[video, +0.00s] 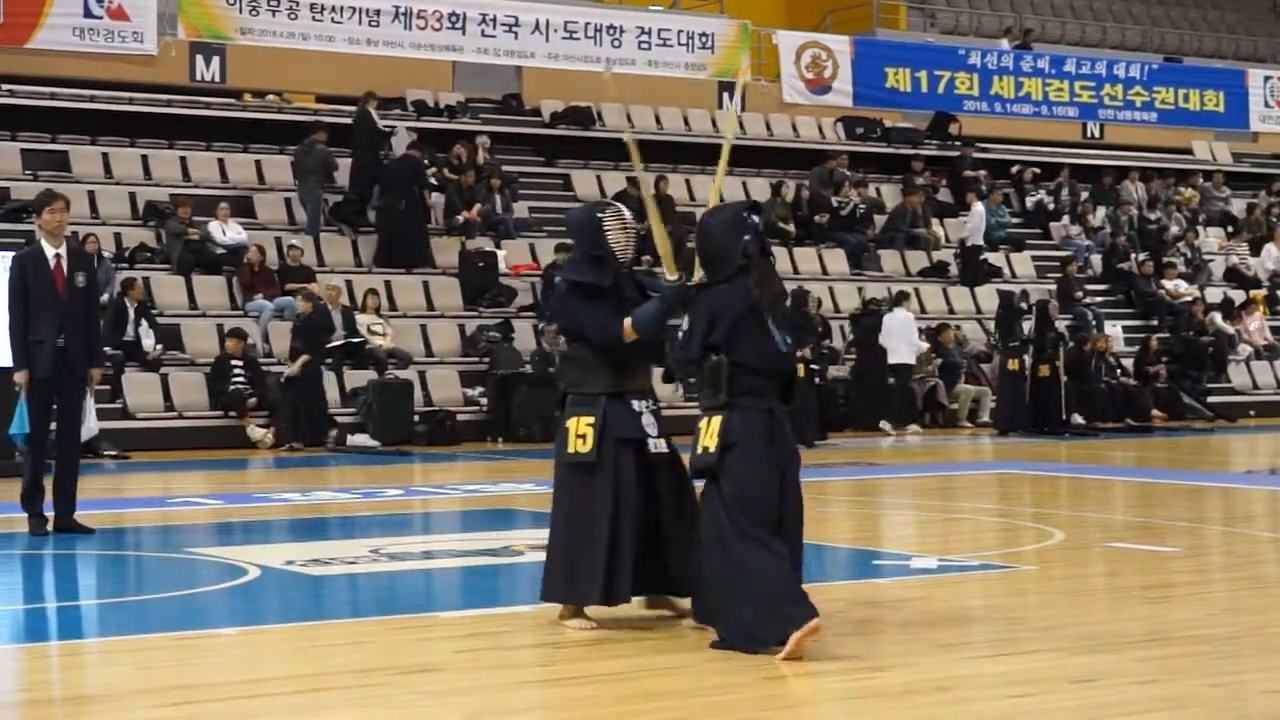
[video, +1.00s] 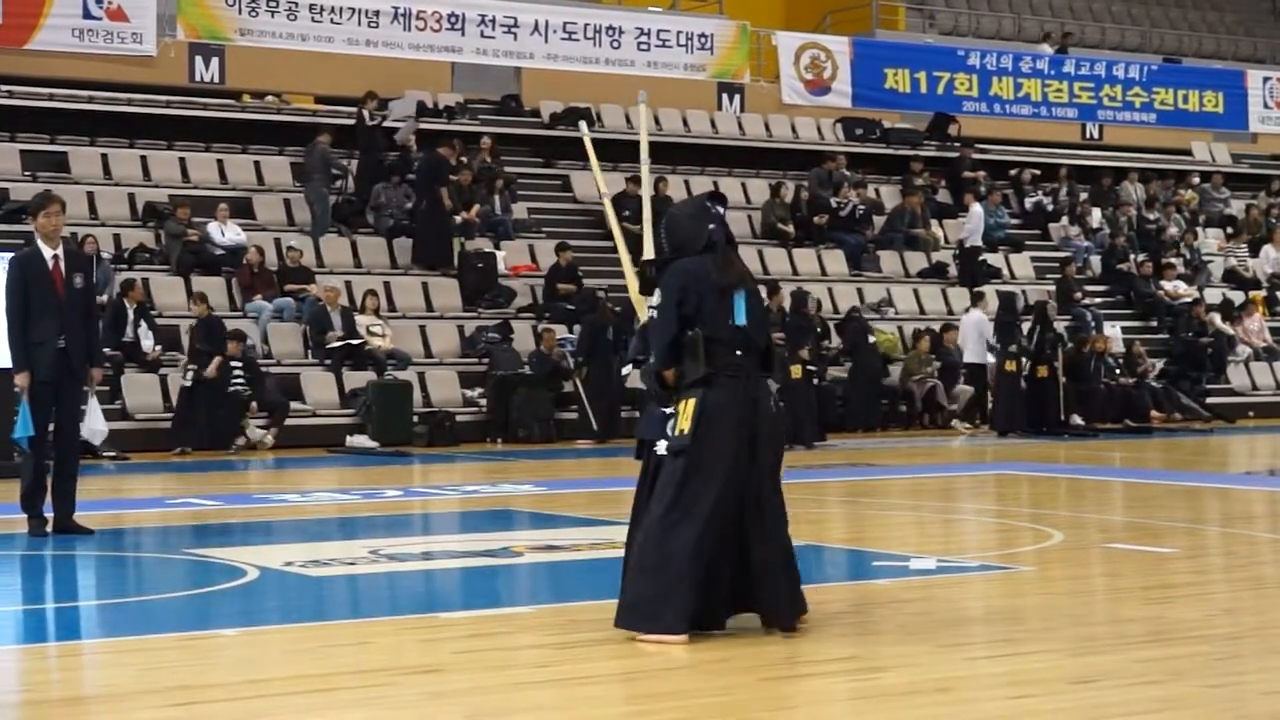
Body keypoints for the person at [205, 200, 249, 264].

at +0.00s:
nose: (225, 212)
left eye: (227, 209)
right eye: (221, 209)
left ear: (230, 211)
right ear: (217, 212)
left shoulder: (234, 225)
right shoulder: (213, 225)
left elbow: (245, 239)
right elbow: (220, 240)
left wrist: (228, 237)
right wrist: (240, 242)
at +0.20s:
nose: (225, 211)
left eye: (227, 208)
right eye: (222, 209)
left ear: (230, 211)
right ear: (217, 211)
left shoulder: (235, 224)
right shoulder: (213, 224)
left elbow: (245, 239)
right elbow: (220, 240)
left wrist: (228, 237)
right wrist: (241, 242)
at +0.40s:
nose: (225, 212)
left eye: (227, 209)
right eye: (222, 209)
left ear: (230, 211)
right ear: (217, 212)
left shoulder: (235, 225)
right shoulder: (213, 224)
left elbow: (245, 239)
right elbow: (220, 240)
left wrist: (228, 237)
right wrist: (240, 241)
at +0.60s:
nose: (225, 212)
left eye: (227, 209)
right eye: (222, 209)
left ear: (230, 211)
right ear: (217, 212)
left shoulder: (235, 225)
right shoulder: (213, 225)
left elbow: (245, 239)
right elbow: (220, 241)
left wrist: (228, 237)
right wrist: (239, 243)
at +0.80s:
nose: (224, 213)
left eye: (226, 210)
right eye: (221, 210)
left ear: (229, 212)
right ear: (216, 213)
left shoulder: (234, 226)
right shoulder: (211, 226)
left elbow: (244, 240)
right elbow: (219, 241)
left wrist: (227, 239)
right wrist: (238, 244)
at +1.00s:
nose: (224, 213)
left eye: (226, 210)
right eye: (221, 210)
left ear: (229, 213)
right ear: (216, 213)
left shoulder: (234, 226)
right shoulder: (211, 226)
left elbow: (244, 240)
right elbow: (218, 241)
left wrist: (227, 239)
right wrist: (238, 244)